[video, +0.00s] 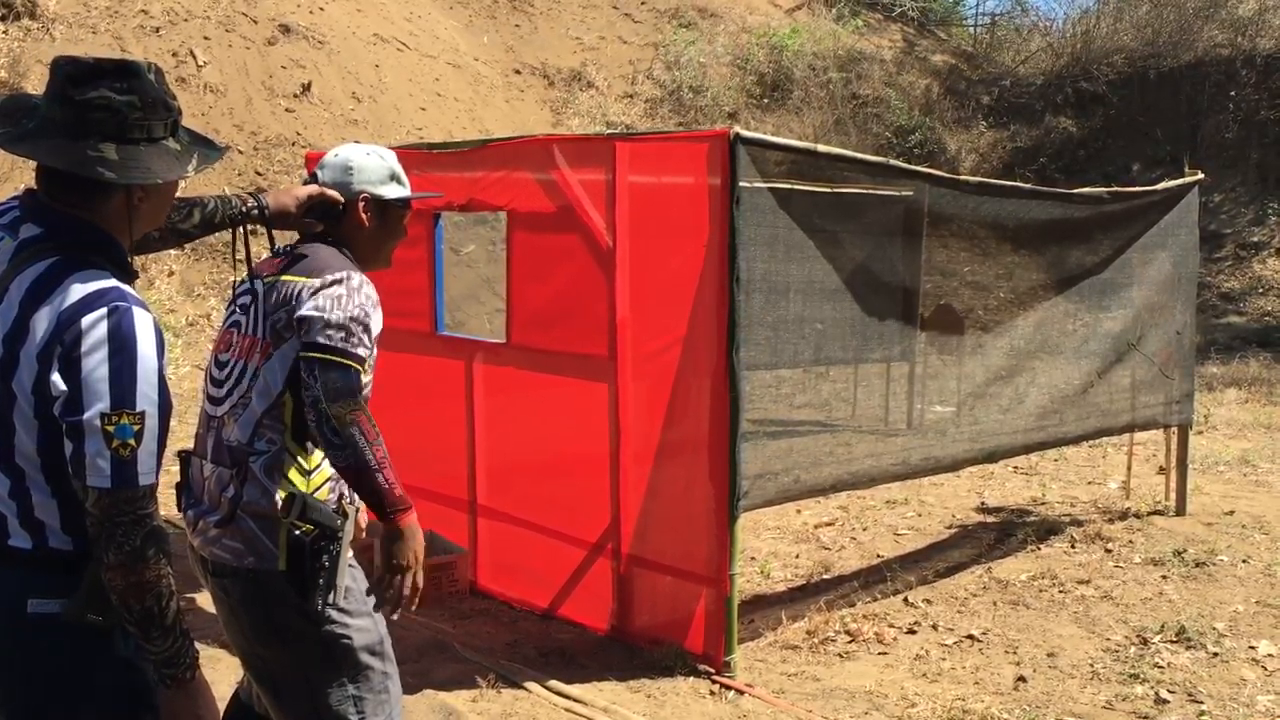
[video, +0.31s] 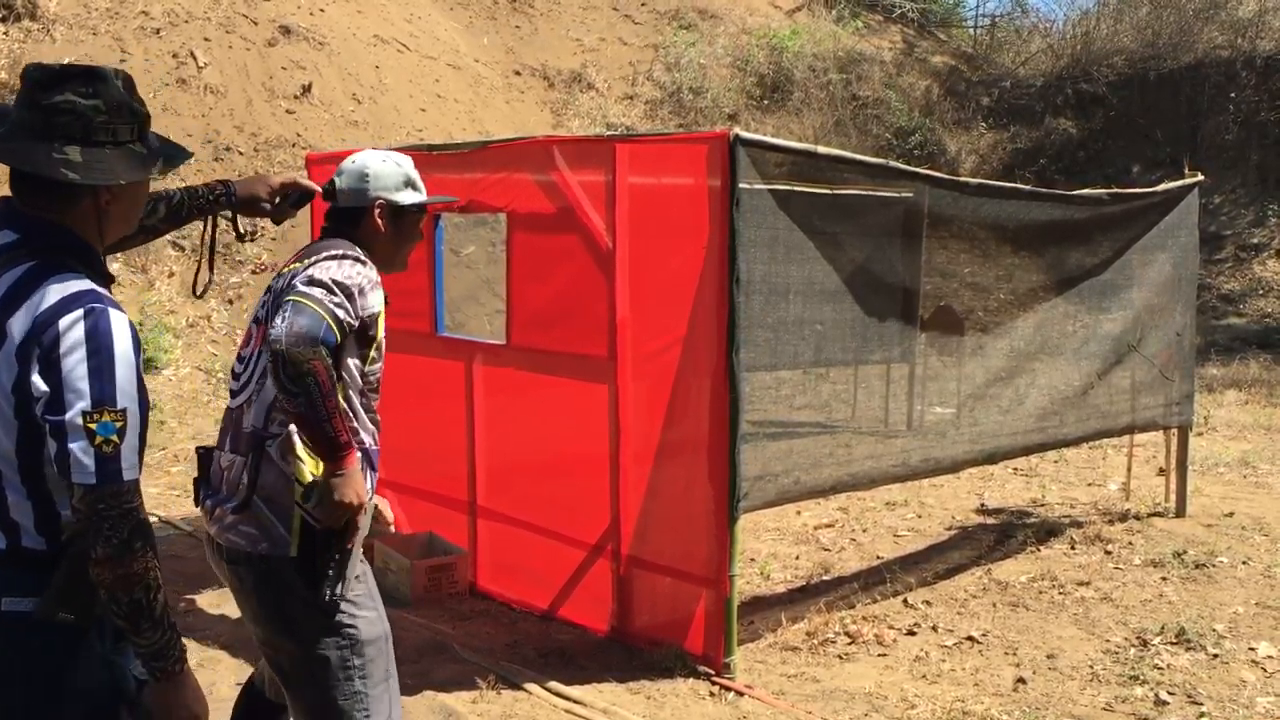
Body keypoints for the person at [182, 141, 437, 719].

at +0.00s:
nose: (405, 231)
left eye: (407, 217)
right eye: (401, 216)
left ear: (334, 210)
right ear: (362, 213)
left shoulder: (269, 272)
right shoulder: (342, 286)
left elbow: (266, 415)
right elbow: (336, 411)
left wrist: (337, 503)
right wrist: (401, 515)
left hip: (225, 528)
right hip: (281, 540)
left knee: (276, 687)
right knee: (367, 701)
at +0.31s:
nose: (422, 233)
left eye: (423, 219)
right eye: (417, 218)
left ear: (354, 214)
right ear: (378, 217)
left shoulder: (303, 270)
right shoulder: (349, 269)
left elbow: (291, 409)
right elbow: (298, 340)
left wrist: (362, 493)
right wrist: (344, 462)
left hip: (252, 530)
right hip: (300, 539)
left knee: (285, 683)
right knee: (363, 707)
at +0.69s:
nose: (386, 265)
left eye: (386, 253)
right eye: (378, 254)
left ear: (333, 255)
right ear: (338, 256)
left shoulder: (316, 291)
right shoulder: (323, 308)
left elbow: (417, 319)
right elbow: (413, 369)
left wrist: (501, 314)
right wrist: (493, 328)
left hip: (232, 502)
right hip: (262, 511)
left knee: (282, 615)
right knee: (366, 631)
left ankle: (254, 716)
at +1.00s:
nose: (381, 317)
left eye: (381, 308)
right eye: (373, 307)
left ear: (339, 302)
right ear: (337, 303)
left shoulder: (334, 329)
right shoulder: (307, 344)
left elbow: (417, 346)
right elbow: (404, 374)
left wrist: (498, 351)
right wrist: (491, 365)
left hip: (271, 490)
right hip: (245, 506)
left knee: (290, 556)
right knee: (338, 588)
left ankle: (268, 642)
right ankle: (270, 703)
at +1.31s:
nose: (380, 337)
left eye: (381, 328)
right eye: (371, 328)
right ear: (337, 326)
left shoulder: (339, 348)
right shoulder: (305, 360)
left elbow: (411, 364)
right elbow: (394, 386)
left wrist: (489, 370)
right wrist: (482, 383)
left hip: (277, 480)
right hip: (240, 487)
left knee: (317, 558)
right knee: (325, 572)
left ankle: (264, 648)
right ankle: (272, 700)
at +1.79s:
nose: (386, 335)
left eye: (387, 325)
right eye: (378, 324)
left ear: (355, 320)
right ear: (344, 319)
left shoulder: (340, 344)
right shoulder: (312, 351)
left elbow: (411, 360)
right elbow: (401, 380)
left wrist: (494, 361)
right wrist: (486, 375)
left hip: (268, 486)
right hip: (230, 494)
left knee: (308, 556)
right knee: (320, 573)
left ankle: (265, 651)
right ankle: (270, 698)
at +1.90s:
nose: (388, 336)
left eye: (388, 326)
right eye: (380, 326)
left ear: (355, 322)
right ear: (348, 322)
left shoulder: (342, 347)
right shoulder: (313, 354)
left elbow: (413, 362)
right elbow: (401, 382)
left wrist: (494, 364)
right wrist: (488, 377)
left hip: (266, 489)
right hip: (230, 498)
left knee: (306, 556)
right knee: (324, 575)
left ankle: (263, 650)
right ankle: (269, 699)